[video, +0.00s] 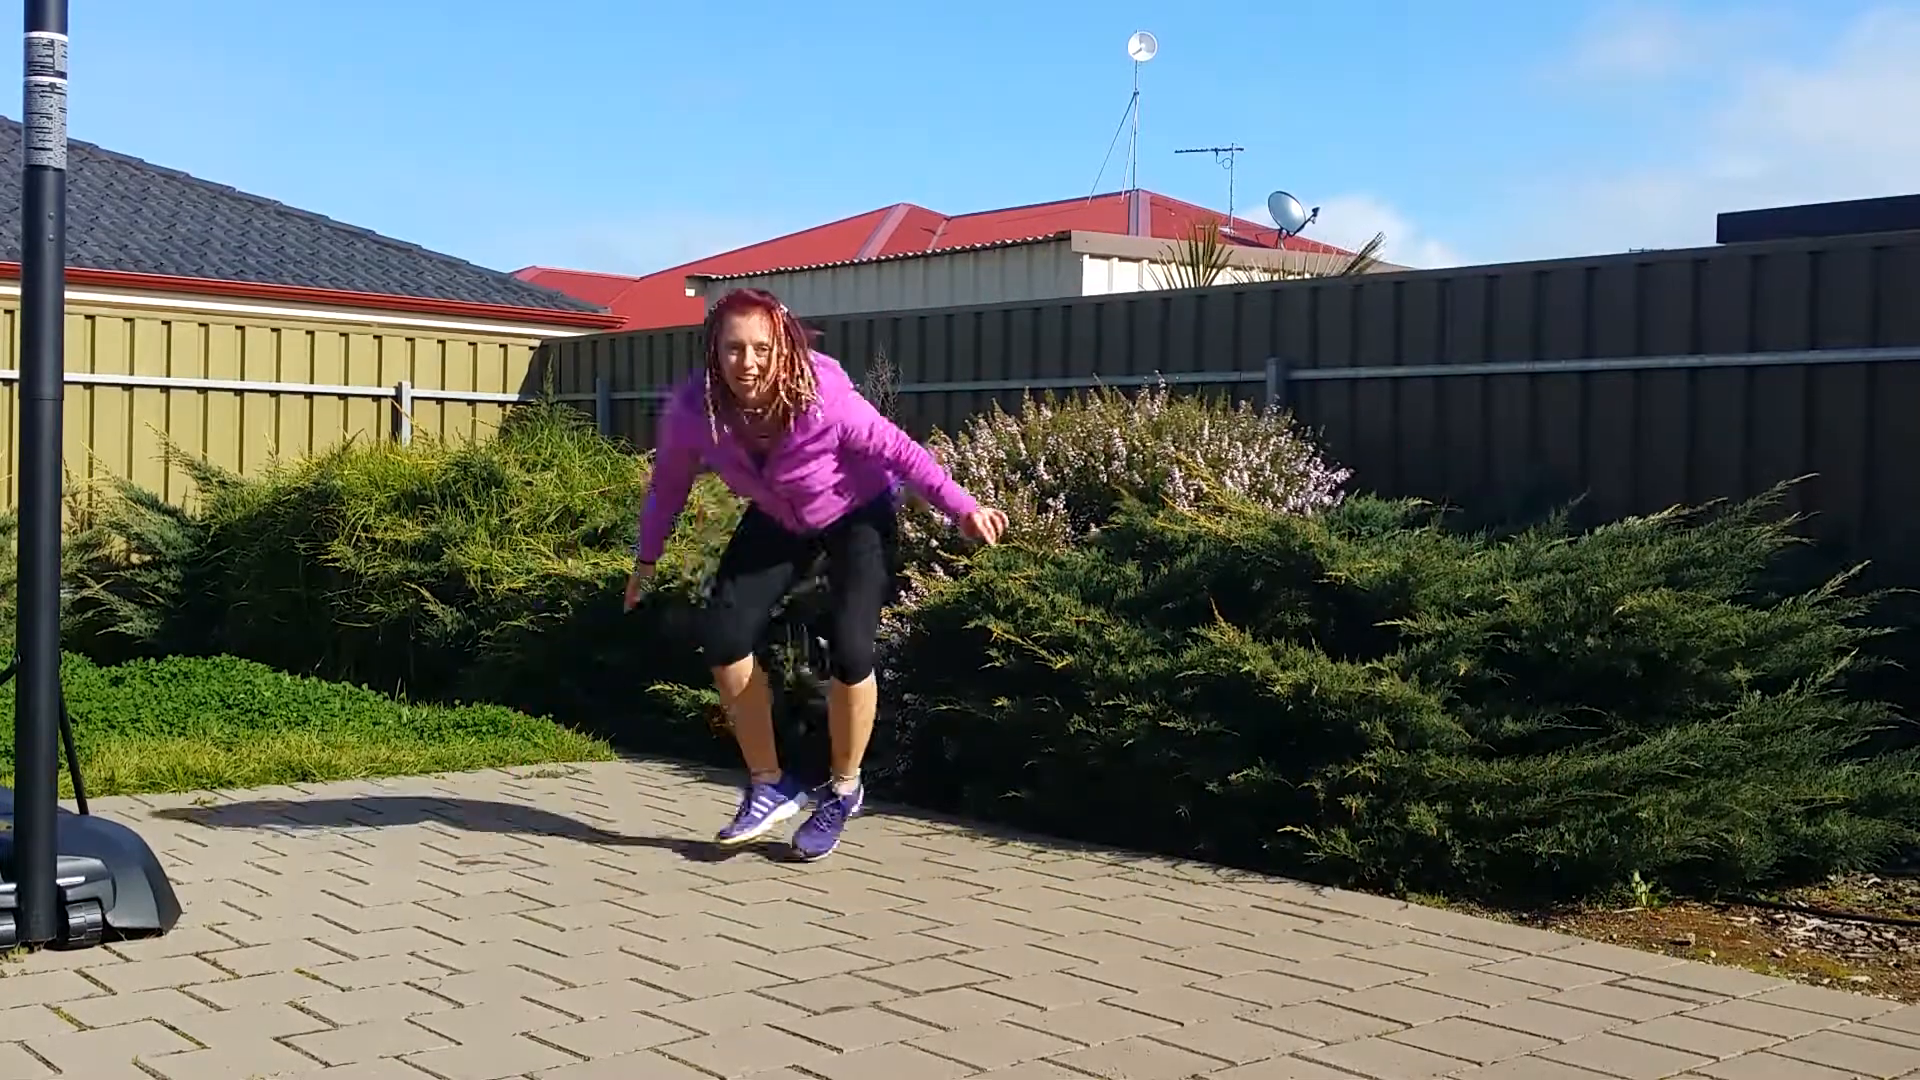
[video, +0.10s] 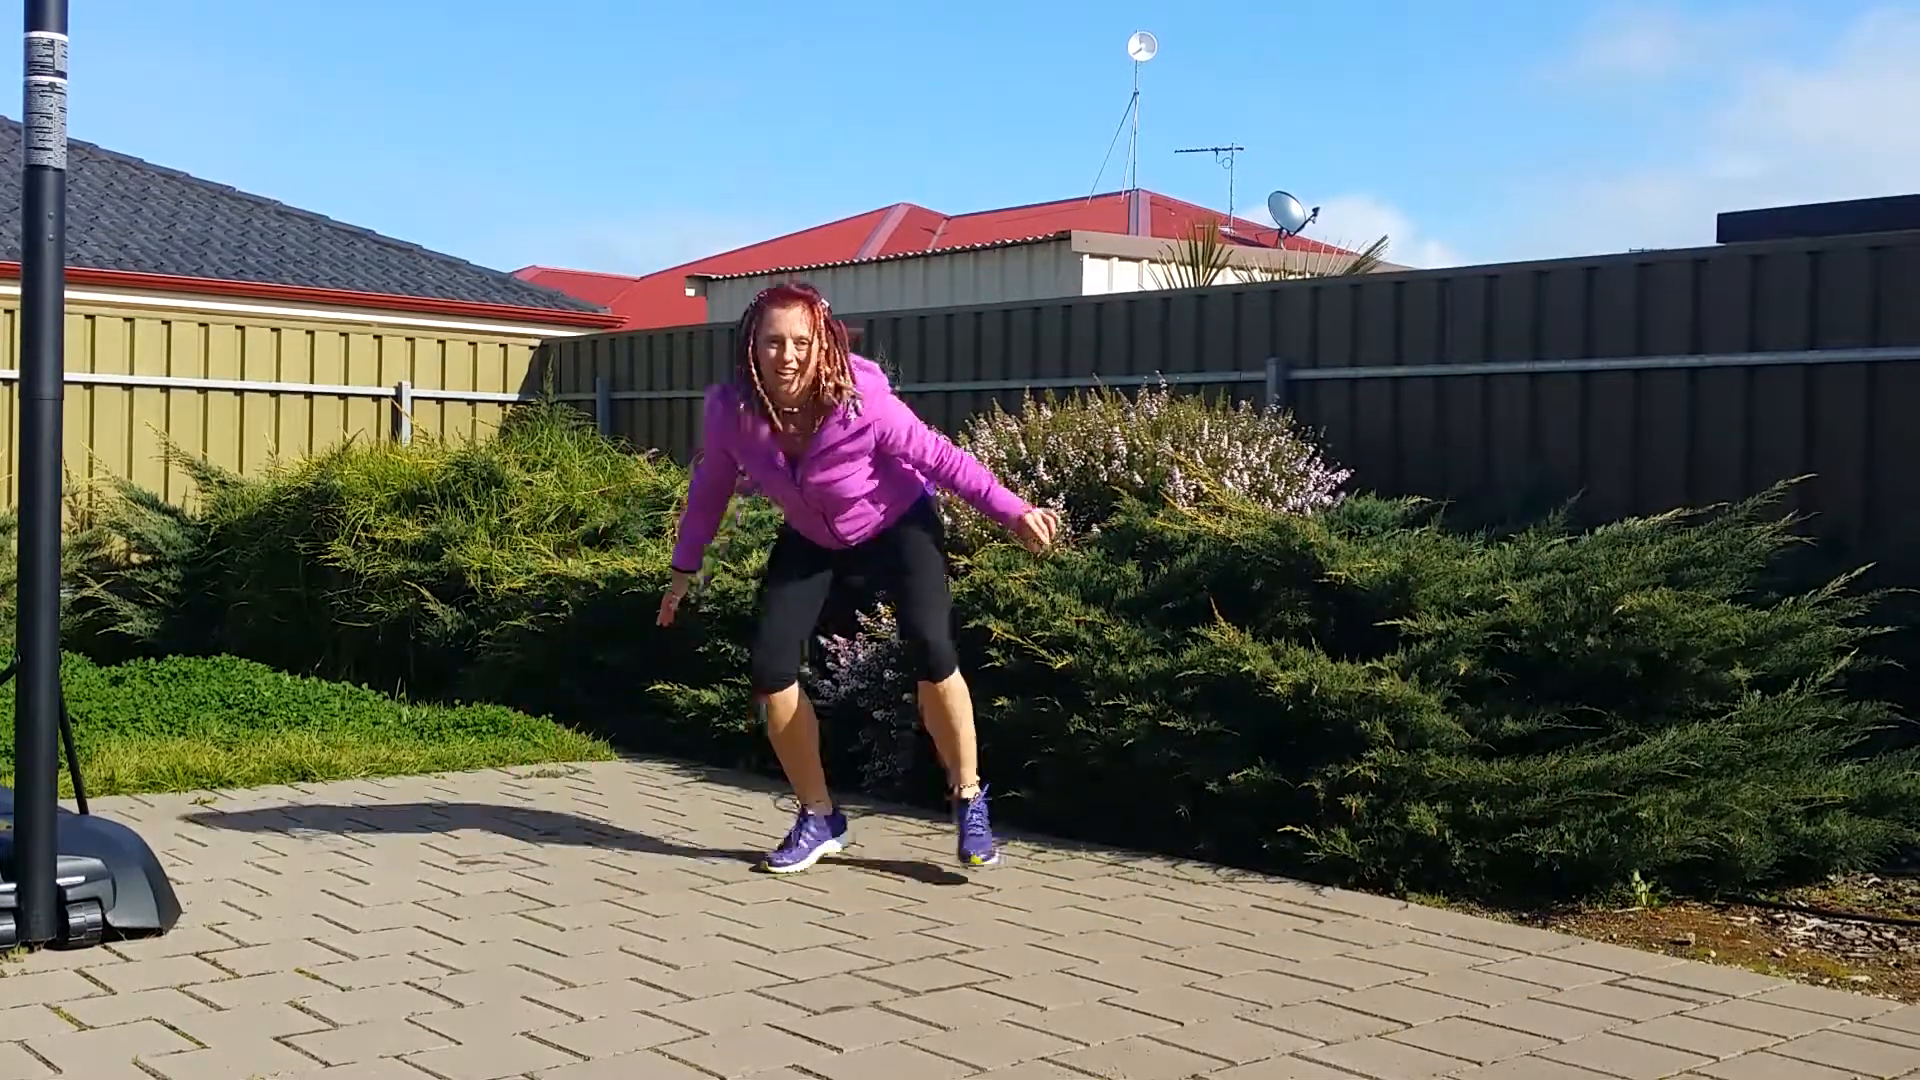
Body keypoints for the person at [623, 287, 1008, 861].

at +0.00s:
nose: (747, 363)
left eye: (761, 349)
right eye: (733, 349)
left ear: (783, 351)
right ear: (713, 353)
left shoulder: (822, 389)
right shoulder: (692, 410)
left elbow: (895, 448)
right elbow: (666, 488)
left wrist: (964, 507)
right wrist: (644, 559)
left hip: (855, 510)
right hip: (775, 515)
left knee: (850, 652)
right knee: (725, 640)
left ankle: (844, 789)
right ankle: (768, 786)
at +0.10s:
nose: (785, 355)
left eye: (800, 342)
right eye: (772, 342)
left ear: (822, 348)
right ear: (751, 348)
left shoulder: (860, 396)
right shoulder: (730, 407)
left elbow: (939, 456)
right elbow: (710, 488)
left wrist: (1014, 510)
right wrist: (683, 568)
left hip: (896, 524)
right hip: (809, 535)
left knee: (933, 651)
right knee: (771, 668)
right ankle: (818, 816)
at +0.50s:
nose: (1039, 312)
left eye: (1054, 297)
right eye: (1023, 299)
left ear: (1081, 305)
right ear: (1002, 311)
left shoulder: (1127, 363)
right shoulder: (985, 392)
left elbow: (1200, 440)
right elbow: (973, 464)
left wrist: (1272, 498)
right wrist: (950, 521)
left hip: (1168, 528)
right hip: (1066, 535)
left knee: (1203, 685)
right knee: (992, 674)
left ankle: (1205, 853)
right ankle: (1011, 832)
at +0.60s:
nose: (1096, 304)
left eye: (1110, 288)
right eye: (1080, 291)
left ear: (1135, 293)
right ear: (1057, 300)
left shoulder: (1183, 353)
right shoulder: (1039, 372)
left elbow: (1254, 429)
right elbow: (1021, 444)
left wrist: (1314, 495)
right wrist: (1006, 502)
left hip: (1226, 505)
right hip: (1128, 522)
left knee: (1280, 657)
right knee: (1097, 670)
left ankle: (1320, 828)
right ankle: (1181, 827)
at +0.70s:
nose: (1159, 341)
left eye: (1173, 324)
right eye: (1141, 326)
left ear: (1199, 328)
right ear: (1117, 335)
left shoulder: (1240, 388)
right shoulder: (1089, 409)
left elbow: (1316, 479)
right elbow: (1065, 475)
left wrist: (1375, 557)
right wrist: (1045, 533)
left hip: (1285, 529)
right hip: (1191, 558)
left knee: (1387, 650)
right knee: (1198, 710)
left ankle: (1490, 824)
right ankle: (1299, 870)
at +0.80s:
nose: (1224, 407)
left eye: (1237, 392)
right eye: (1206, 393)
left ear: (1259, 395)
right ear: (1176, 401)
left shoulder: (1299, 445)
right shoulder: (1150, 476)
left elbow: (1373, 548)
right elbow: (1111, 543)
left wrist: (1432, 656)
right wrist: (1090, 603)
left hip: (1347, 581)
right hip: (1251, 606)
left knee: (1489, 687)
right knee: (1227, 730)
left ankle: (1640, 833)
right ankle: (1324, 897)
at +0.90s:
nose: (1286, 480)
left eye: (1299, 463)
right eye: (1268, 466)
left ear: (1323, 464)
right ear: (1240, 472)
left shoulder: (1372, 525)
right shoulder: (1218, 530)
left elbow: (1441, 650)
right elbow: (1175, 596)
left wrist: (1485, 772)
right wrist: (1157, 665)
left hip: (1429, 601)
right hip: (1322, 629)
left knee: (1553, 737)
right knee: (1251, 731)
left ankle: (1695, 890)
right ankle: (1325, 898)